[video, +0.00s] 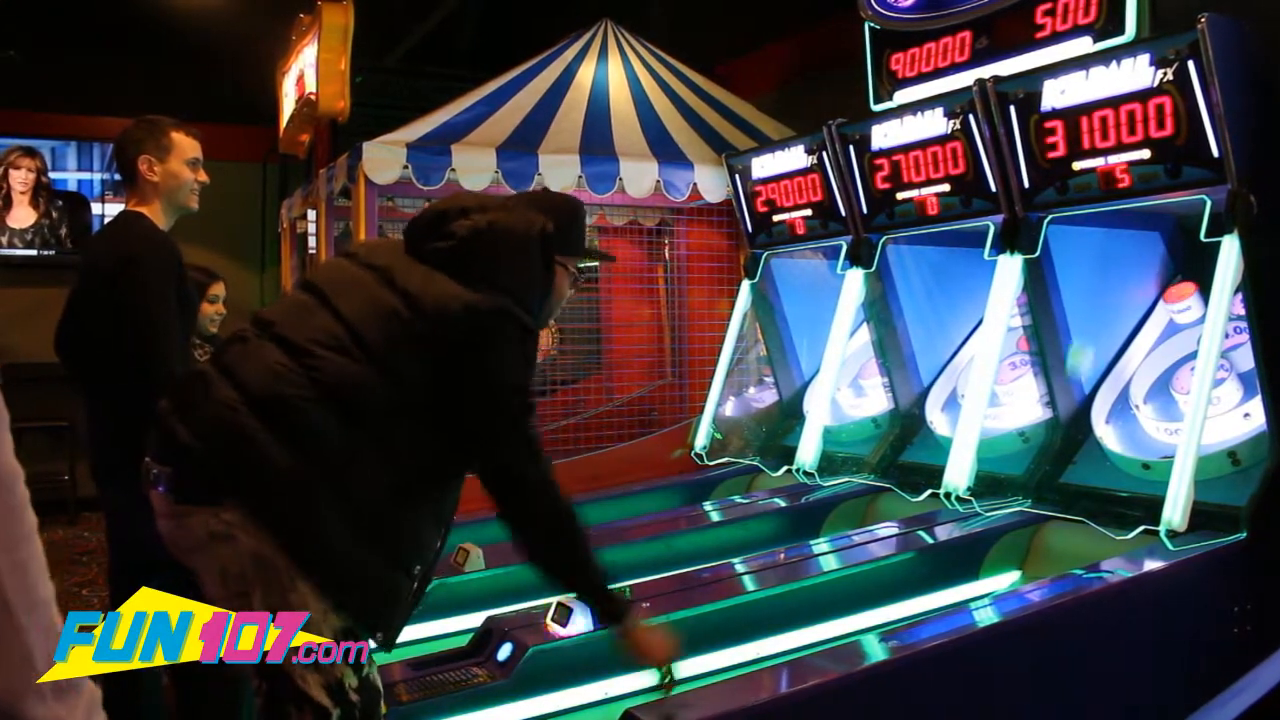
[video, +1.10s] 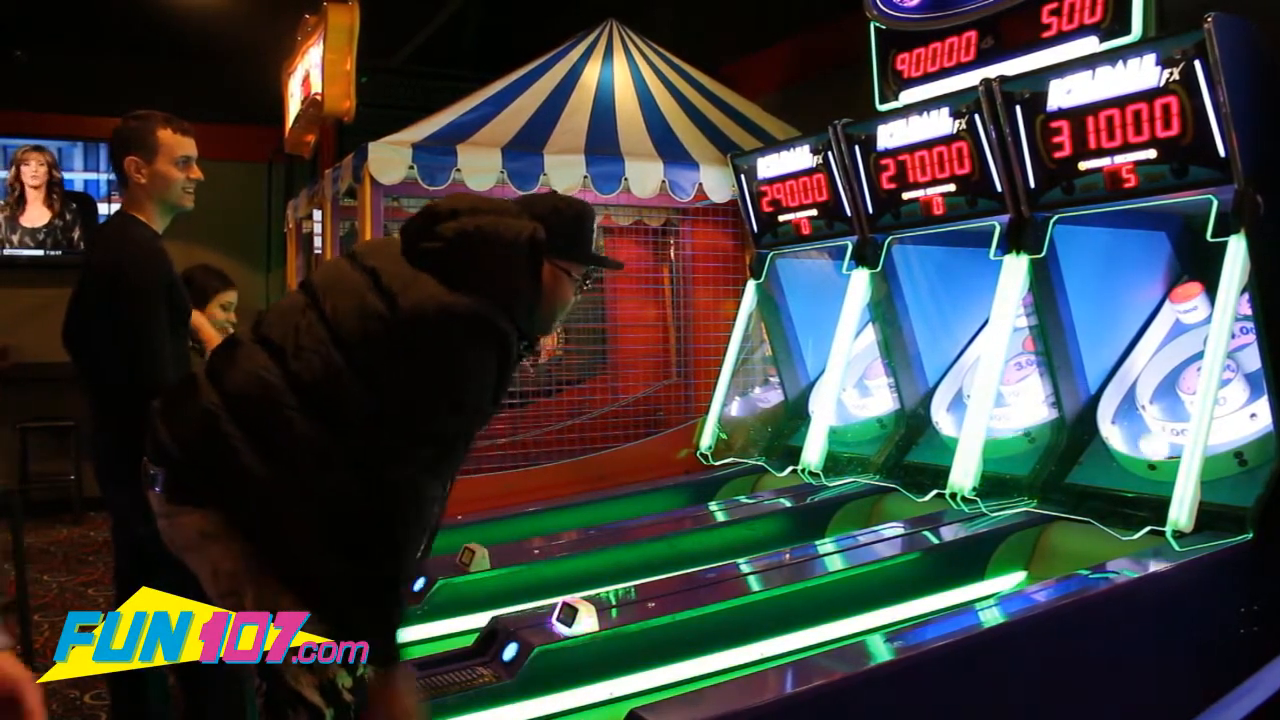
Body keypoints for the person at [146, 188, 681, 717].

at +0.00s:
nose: (571, 292)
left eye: (575, 277)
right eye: (567, 274)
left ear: (490, 244)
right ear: (532, 266)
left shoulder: (381, 264)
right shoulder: (482, 328)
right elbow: (529, 492)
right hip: (253, 510)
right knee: (330, 691)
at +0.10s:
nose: (579, 298)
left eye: (584, 283)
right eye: (576, 280)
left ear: (501, 256)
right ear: (536, 269)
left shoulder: (388, 261)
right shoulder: (486, 335)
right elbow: (501, 513)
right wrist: (570, 655)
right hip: (250, 504)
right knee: (334, 694)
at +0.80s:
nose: (583, 297)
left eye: (589, 282)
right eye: (581, 279)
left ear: (515, 251)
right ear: (547, 267)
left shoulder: (397, 258)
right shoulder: (482, 334)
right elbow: (453, 517)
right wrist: (522, 666)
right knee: (318, 693)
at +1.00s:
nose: (576, 293)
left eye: (582, 279)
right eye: (574, 276)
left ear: (514, 251)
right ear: (539, 264)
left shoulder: (401, 255)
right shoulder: (475, 332)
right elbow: (417, 505)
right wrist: (447, 662)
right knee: (322, 686)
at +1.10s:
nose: (576, 298)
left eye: (582, 282)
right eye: (576, 280)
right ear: (545, 270)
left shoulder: (404, 254)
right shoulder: (474, 326)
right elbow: (406, 492)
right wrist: (382, 655)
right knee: (315, 680)